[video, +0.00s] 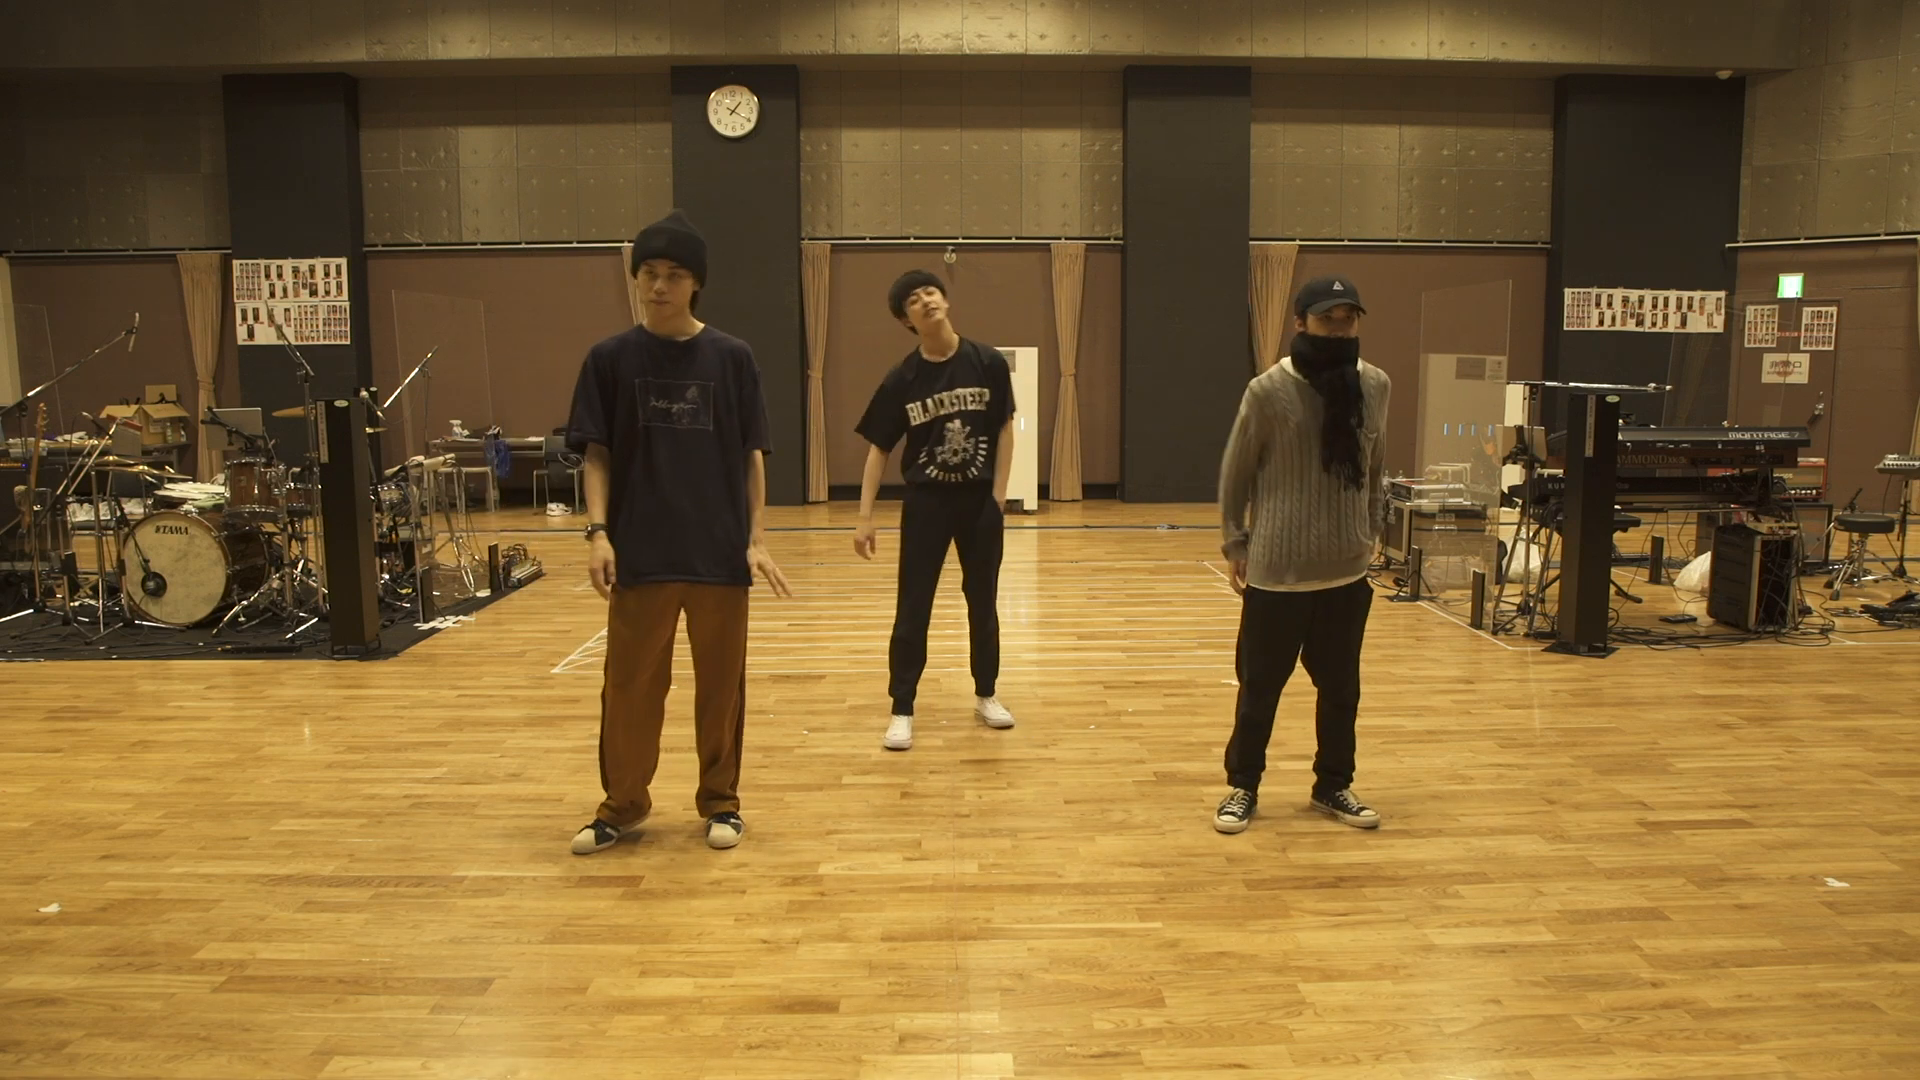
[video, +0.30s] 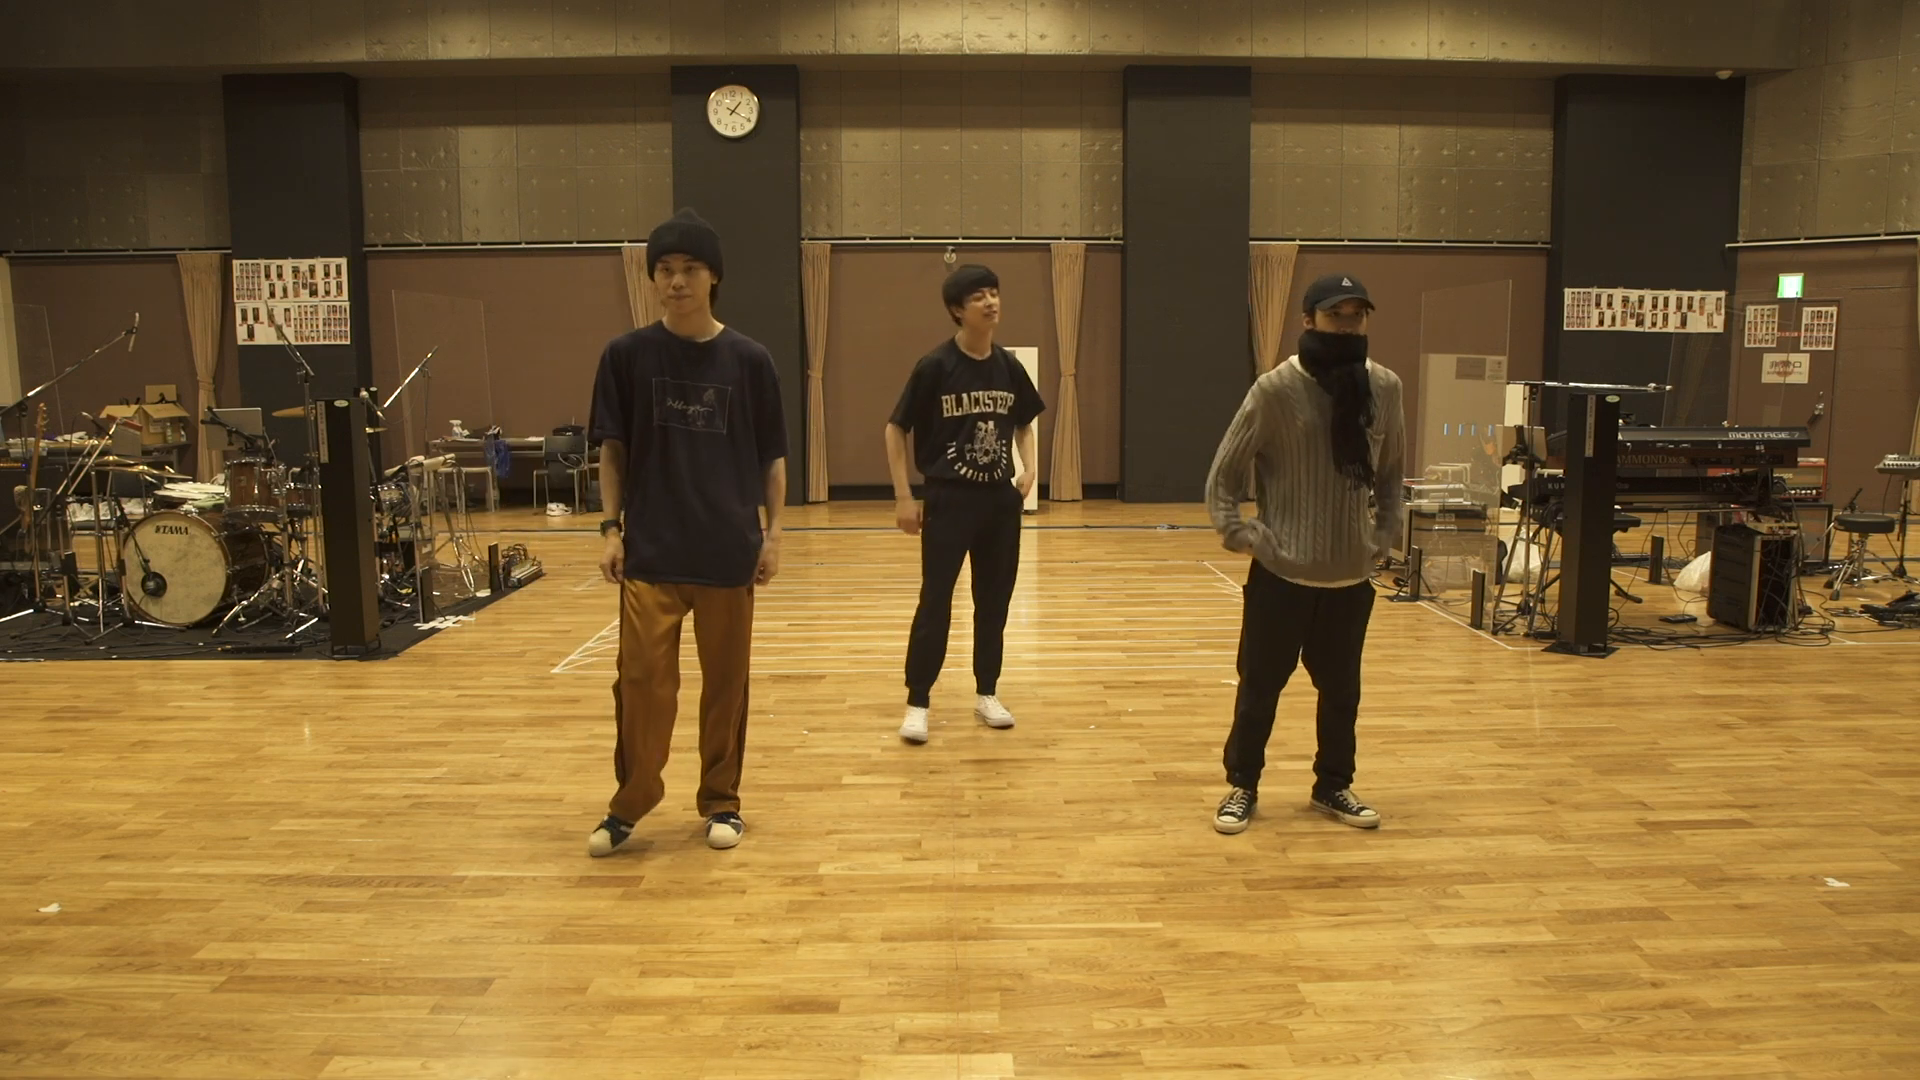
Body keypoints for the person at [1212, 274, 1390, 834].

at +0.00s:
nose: (1342, 326)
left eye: (1350, 316)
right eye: (1329, 316)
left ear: (1360, 322)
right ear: (1302, 322)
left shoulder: (1374, 387)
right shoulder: (1267, 390)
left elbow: (1376, 467)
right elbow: (1236, 469)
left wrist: (1373, 530)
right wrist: (1235, 539)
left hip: (1346, 571)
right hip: (1276, 573)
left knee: (1341, 690)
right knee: (1259, 689)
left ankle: (1333, 788)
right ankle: (1243, 789)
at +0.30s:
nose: (1351, 323)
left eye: (1359, 313)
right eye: (1338, 313)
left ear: (1368, 320)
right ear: (1311, 320)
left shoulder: (1384, 388)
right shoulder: (1274, 390)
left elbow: (1390, 474)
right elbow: (1224, 476)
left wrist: (1385, 539)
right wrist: (1241, 535)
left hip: (1351, 574)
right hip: (1281, 571)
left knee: (1342, 690)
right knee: (1259, 687)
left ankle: (1333, 788)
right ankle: (1242, 788)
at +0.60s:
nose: (1330, 324)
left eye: (1338, 314)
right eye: (1318, 314)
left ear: (1350, 321)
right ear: (1293, 318)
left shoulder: (1370, 392)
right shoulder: (1255, 390)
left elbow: (1383, 478)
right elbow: (1233, 478)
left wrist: (1371, 551)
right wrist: (1241, 558)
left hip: (1337, 572)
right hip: (1267, 571)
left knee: (1331, 686)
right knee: (1256, 686)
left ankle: (1333, 787)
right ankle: (1258, 789)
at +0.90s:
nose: (1286, 348)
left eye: (1295, 336)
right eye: (1274, 337)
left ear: (1309, 339)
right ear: (1250, 338)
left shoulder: (1339, 403)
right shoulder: (1222, 411)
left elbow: (1348, 491)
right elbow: (1204, 498)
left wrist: (1323, 555)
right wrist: (1210, 567)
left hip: (1307, 560)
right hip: (1242, 565)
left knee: (1281, 639)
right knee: (1239, 680)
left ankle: (1338, 675)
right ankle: (1256, 791)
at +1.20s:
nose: (1252, 397)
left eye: (1266, 388)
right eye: (1245, 385)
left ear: (1290, 391)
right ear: (1234, 384)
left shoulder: (1294, 450)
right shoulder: (1250, 442)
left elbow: (1328, 541)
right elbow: (1252, 534)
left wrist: (1268, 608)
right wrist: (1236, 599)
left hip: (1274, 624)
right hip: (1244, 620)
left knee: (1275, 744)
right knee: (1223, 718)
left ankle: (1350, 874)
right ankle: (1280, 815)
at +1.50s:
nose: (1254, 342)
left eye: (1265, 332)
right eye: (1244, 330)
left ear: (1279, 332)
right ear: (1219, 324)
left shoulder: (1305, 377)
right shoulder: (1189, 398)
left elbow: (1348, 441)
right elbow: (1164, 479)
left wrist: (1305, 504)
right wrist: (1168, 547)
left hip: (1270, 521)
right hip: (1203, 535)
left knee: (1291, 562)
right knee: (1209, 666)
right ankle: (1200, 779)